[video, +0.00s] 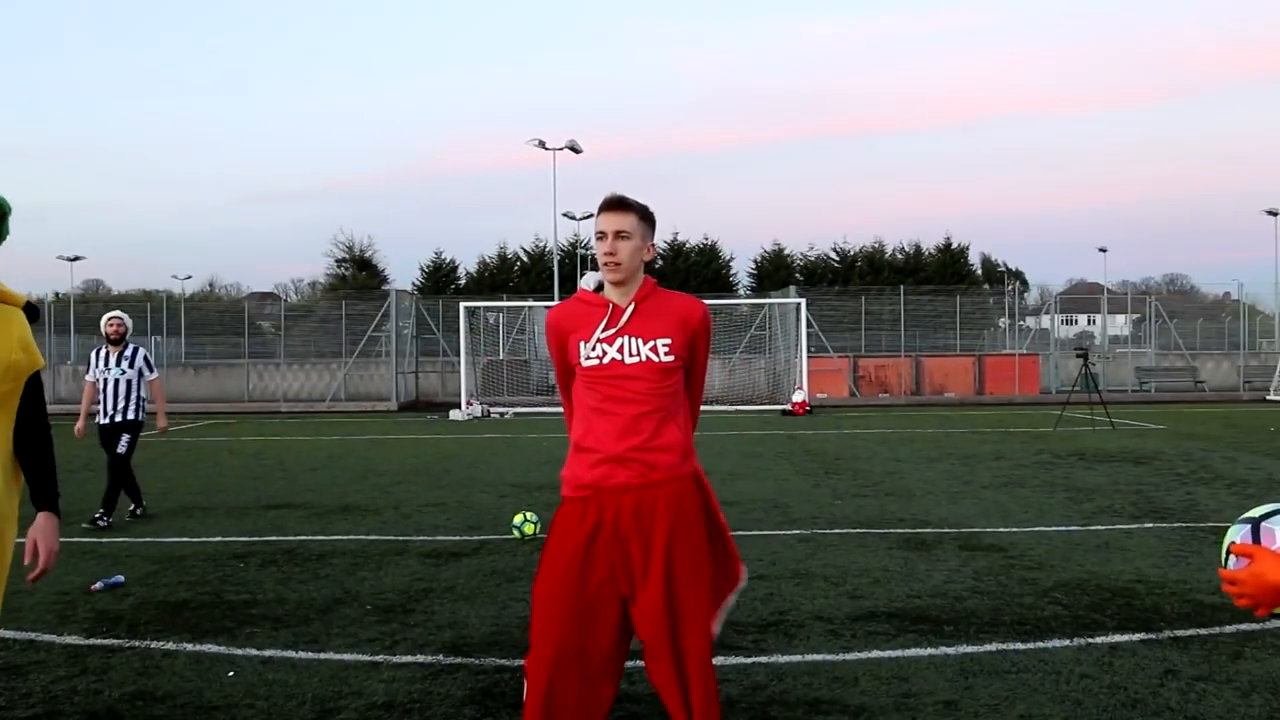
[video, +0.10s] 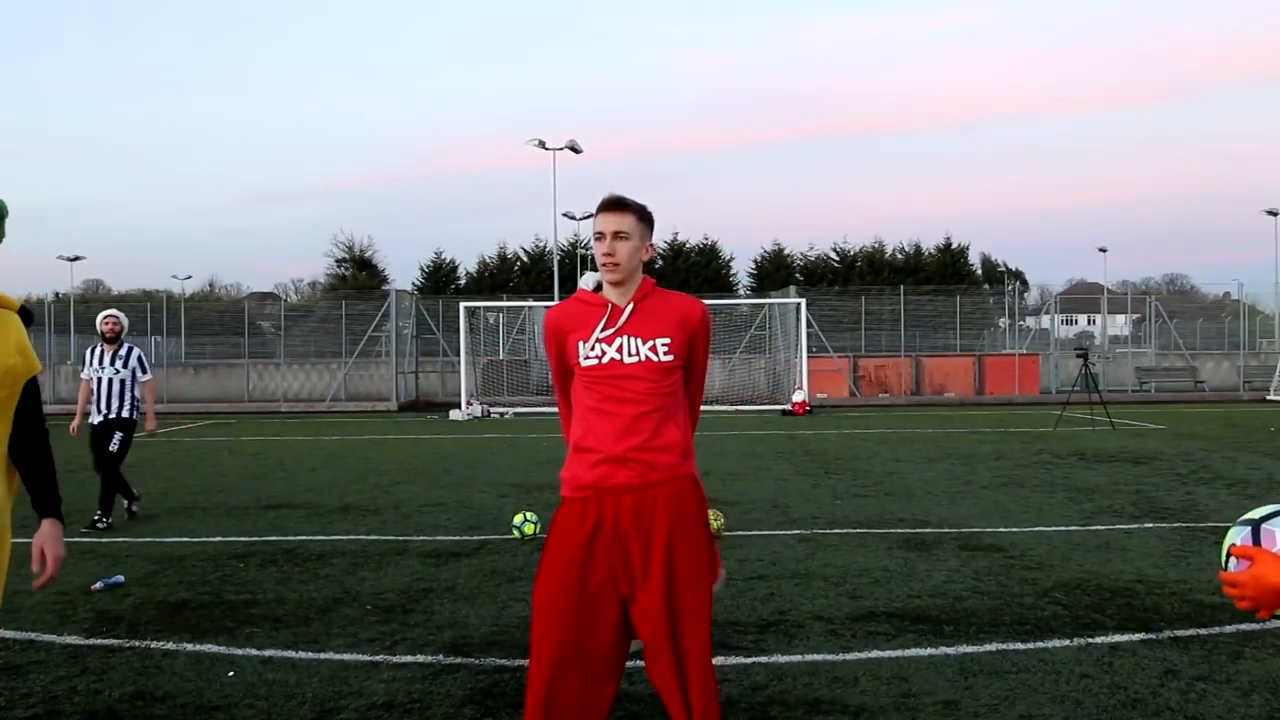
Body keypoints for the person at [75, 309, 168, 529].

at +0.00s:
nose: (115, 328)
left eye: (119, 325)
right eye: (111, 325)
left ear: (126, 329)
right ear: (104, 330)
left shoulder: (138, 354)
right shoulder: (96, 355)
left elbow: (154, 383)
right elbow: (90, 386)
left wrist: (161, 415)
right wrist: (82, 418)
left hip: (130, 417)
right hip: (105, 418)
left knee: (117, 463)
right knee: (119, 464)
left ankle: (105, 513)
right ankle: (138, 503)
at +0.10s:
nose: (110, 327)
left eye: (115, 323)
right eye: (106, 323)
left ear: (122, 328)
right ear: (99, 329)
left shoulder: (133, 353)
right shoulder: (91, 353)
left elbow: (147, 384)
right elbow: (85, 385)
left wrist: (150, 416)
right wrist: (78, 416)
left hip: (124, 416)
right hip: (99, 416)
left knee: (109, 463)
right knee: (102, 464)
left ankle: (104, 514)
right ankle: (131, 496)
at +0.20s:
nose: (103, 323)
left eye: (108, 320)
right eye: (99, 320)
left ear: (115, 324)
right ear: (92, 325)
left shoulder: (125, 350)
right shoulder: (85, 349)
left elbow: (137, 383)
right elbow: (78, 381)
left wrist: (131, 416)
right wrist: (72, 413)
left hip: (113, 416)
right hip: (87, 416)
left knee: (104, 464)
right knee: (79, 463)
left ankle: (103, 513)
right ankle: (110, 490)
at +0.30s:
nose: (98, 321)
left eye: (102, 317)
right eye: (93, 317)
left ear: (110, 321)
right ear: (87, 322)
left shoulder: (121, 347)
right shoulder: (80, 347)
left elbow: (130, 381)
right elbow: (73, 379)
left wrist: (120, 411)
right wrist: (68, 410)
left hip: (106, 416)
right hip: (80, 415)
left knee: (104, 466)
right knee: (69, 460)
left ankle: (104, 515)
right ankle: (92, 496)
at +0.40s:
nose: (88, 320)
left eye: (93, 316)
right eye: (83, 316)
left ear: (100, 321)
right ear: (77, 321)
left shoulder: (113, 348)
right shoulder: (70, 347)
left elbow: (120, 382)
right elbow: (65, 380)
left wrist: (103, 403)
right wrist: (59, 411)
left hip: (99, 419)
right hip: (71, 418)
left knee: (101, 468)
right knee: (57, 464)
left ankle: (103, 515)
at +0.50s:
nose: (81, 321)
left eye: (86, 318)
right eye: (76, 318)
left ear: (93, 322)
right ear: (70, 323)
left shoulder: (106, 349)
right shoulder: (63, 349)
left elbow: (112, 384)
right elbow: (56, 384)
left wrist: (95, 404)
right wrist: (51, 415)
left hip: (94, 422)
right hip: (64, 421)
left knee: (99, 470)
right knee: (52, 473)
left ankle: (103, 516)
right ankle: (39, 521)